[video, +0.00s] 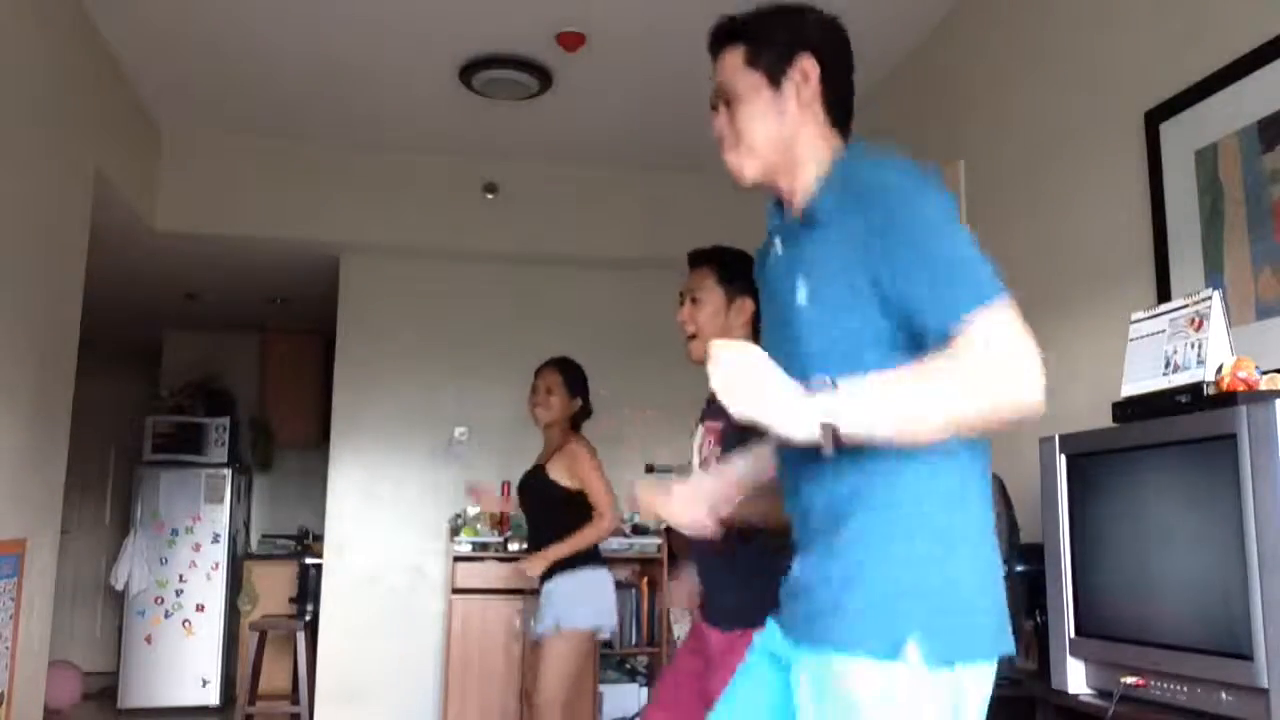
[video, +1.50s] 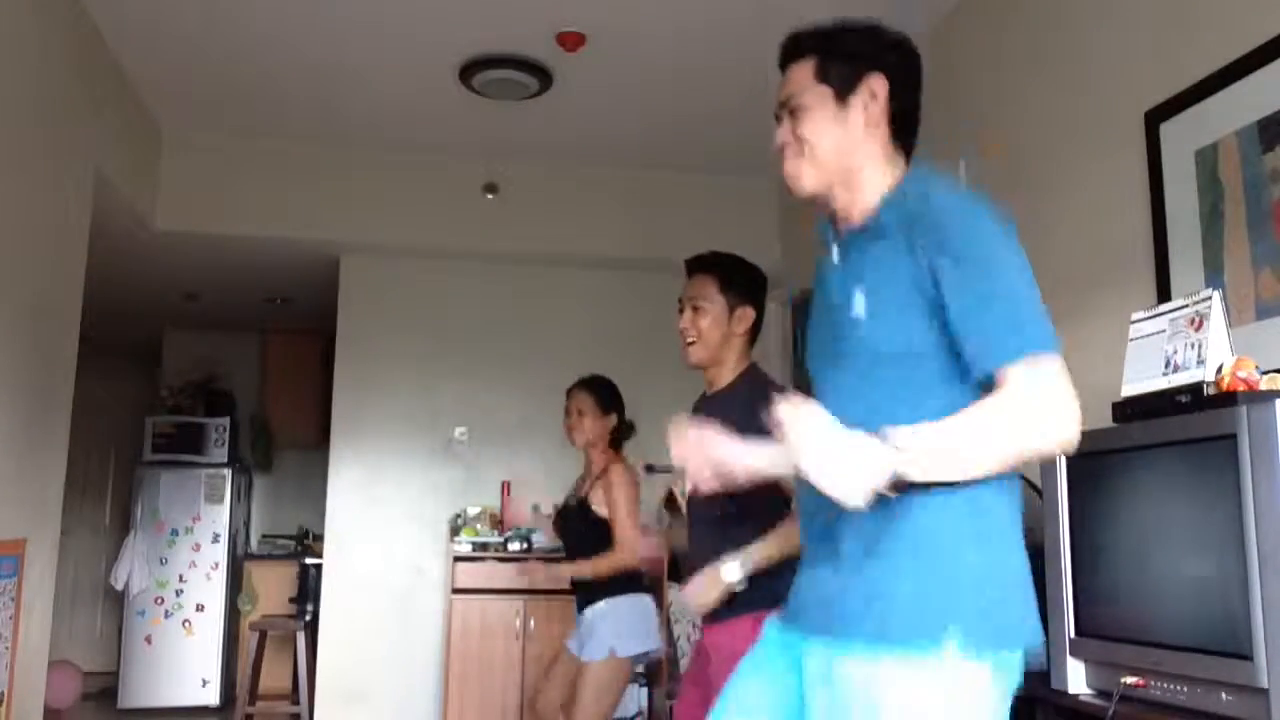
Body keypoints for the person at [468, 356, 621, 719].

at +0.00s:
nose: (538, 397)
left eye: (550, 391)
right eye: (535, 390)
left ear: (576, 403)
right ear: (530, 396)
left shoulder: (576, 449)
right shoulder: (550, 450)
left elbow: (608, 518)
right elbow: (554, 512)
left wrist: (545, 557)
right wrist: (501, 504)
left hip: (578, 584)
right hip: (557, 583)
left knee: (547, 704)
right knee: (550, 701)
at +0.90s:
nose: (558, 406)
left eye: (569, 396)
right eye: (553, 397)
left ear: (595, 405)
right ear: (549, 403)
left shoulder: (598, 442)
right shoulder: (573, 452)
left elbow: (614, 515)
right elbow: (565, 524)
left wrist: (556, 546)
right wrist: (535, 503)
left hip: (608, 589)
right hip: (579, 589)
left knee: (584, 709)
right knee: (542, 687)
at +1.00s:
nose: (564, 427)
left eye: (575, 418)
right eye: (560, 418)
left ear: (601, 427)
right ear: (555, 424)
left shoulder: (604, 473)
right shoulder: (580, 479)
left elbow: (622, 549)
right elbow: (590, 547)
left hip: (612, 614)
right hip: (594, 613)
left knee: (583, 712)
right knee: (540, 687)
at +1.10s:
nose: (563, 420)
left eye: (575, 411)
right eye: (560, 411)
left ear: (601, 422)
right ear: (555, 417)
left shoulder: (606, 466)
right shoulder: (583, 472)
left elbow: (620, 543)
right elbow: (592, 542)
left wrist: (559, 574)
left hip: (608, 612)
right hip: (586, 611)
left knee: (579, 712)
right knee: (546, 704)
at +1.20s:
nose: (562, 399)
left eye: (574, 390)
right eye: (559, 391)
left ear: (600, 397)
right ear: (555, 397)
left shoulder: (611, 442)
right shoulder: (583, 449)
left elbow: (606, 509)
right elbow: (582, 512)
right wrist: (524, 510)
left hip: (614, 592)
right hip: (580, 589)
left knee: (586, 706)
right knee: (559, 696)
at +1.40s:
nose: (569, 413)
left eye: (579, 402)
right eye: (565, 404)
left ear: (606, 407)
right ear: (561, 408)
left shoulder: (614, 458)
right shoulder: (589, 464)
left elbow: (611, 524)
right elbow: (595, 523)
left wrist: (551, 513)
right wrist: (551, 506)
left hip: (627, 604)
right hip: (590, 602)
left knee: (598, 711)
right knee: (545, 690)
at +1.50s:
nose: (571, 423)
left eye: (581, 413)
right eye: (568, 413)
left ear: (610, 421)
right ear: (565, 418)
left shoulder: (617, 473)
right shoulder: (588, 476)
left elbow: (628, 556)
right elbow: (592, 546)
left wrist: (559, 572)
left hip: (619, 613)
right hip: (592, 613)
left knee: (587, 713)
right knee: (546, 705)